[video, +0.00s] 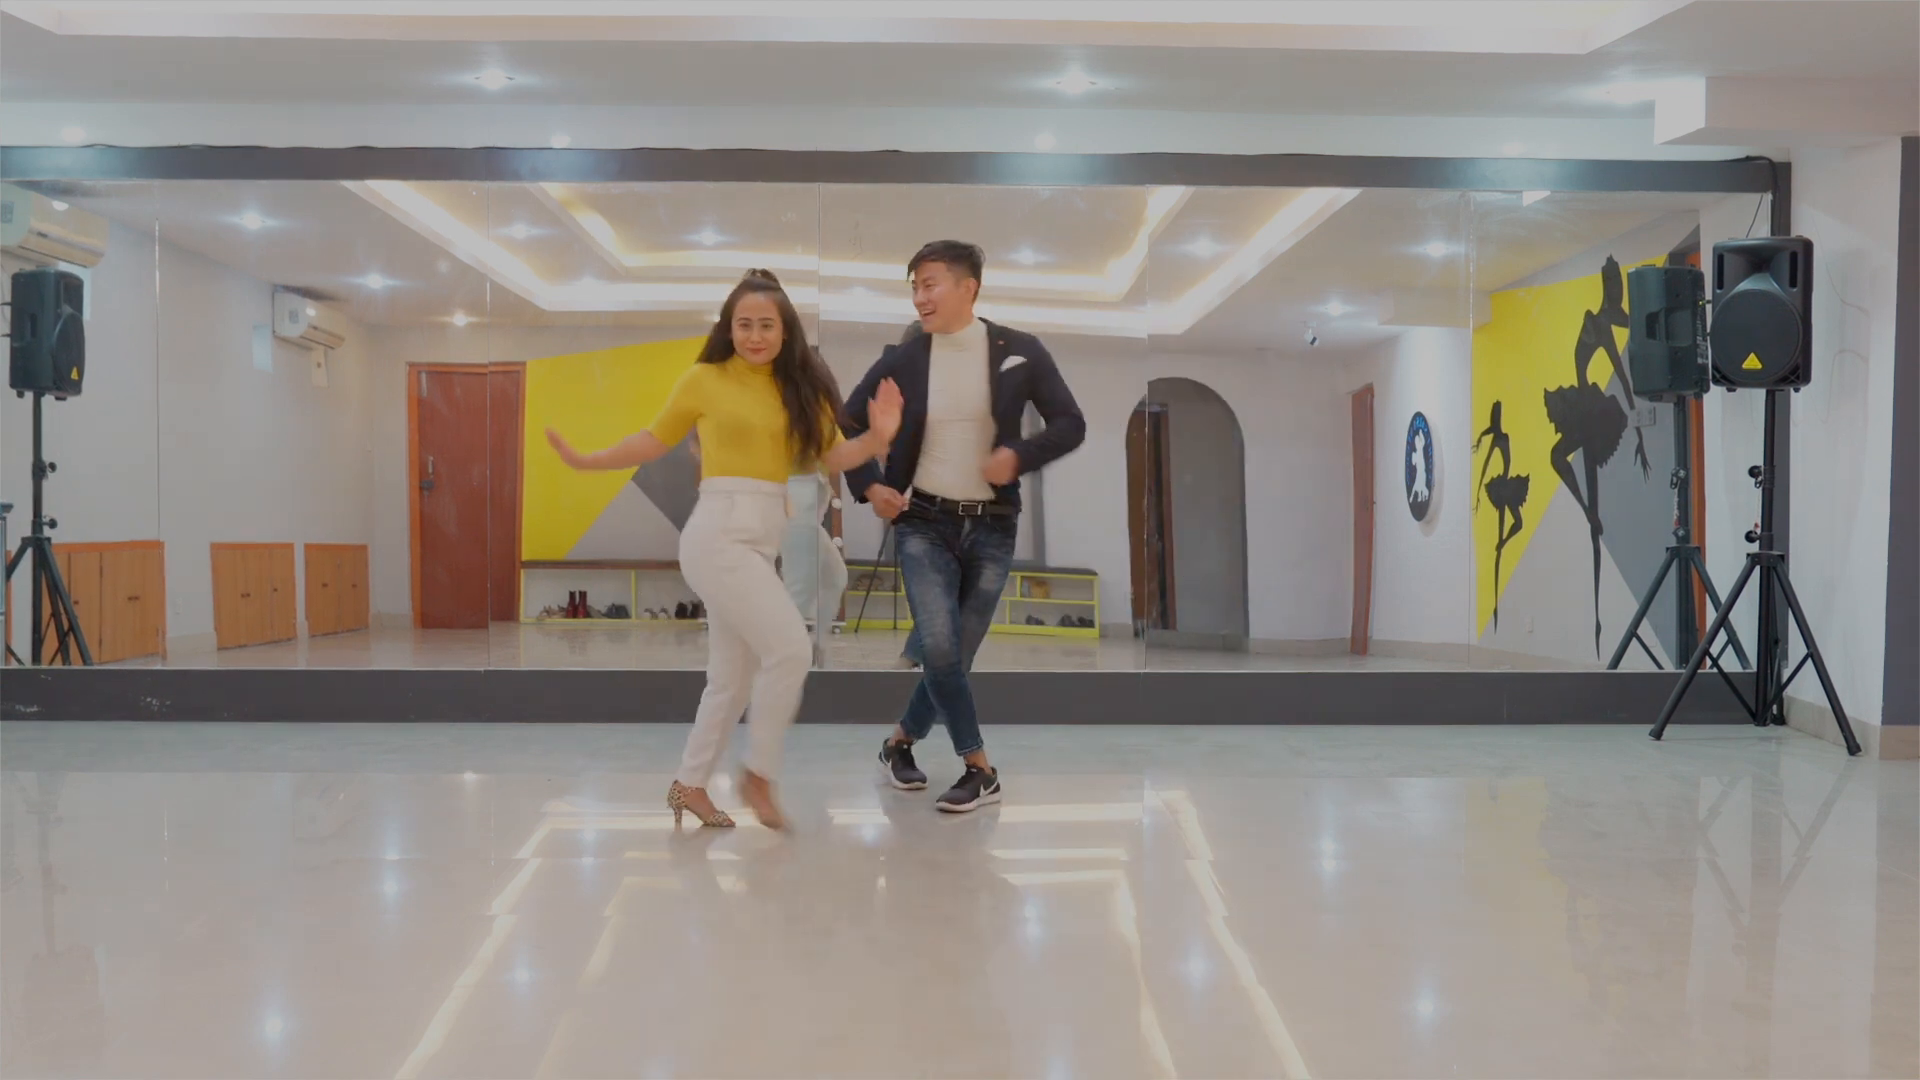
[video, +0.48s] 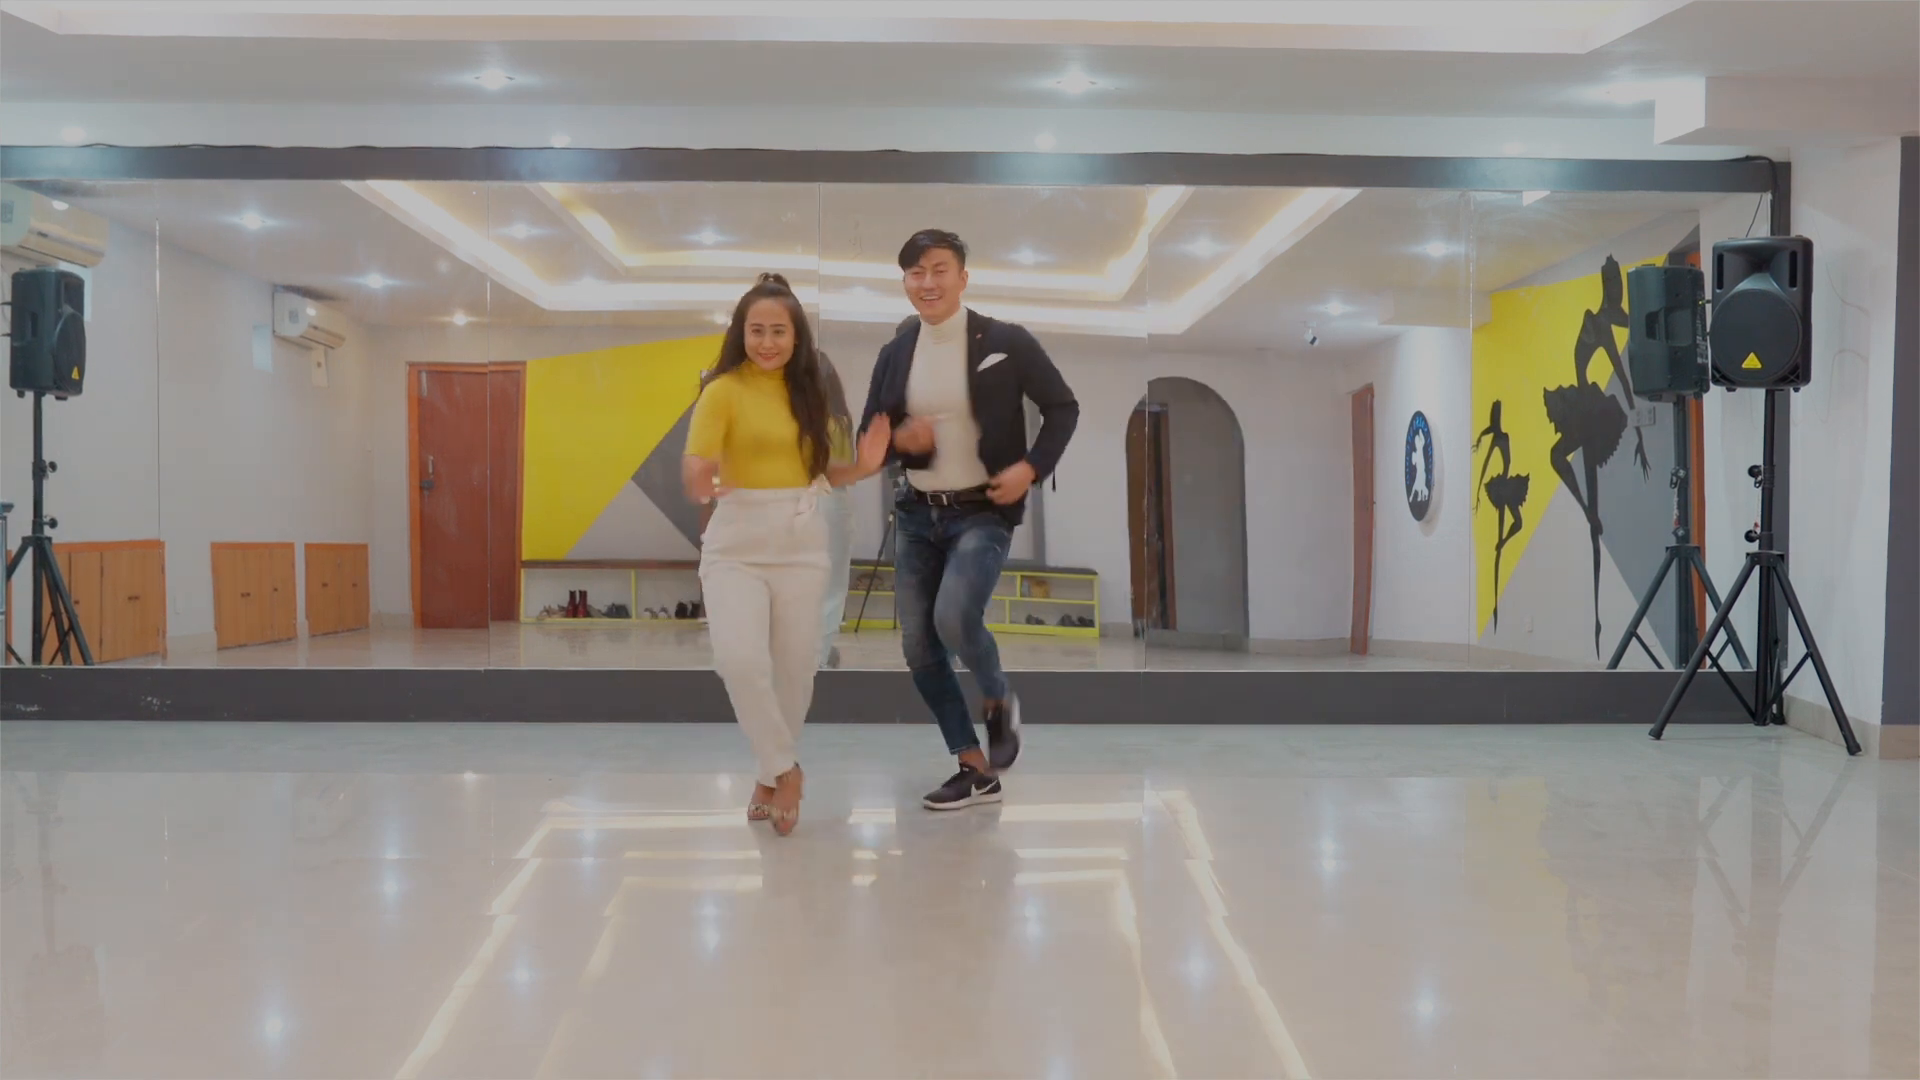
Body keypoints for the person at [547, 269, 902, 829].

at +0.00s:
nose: (756, 335)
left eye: (767, 324)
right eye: (744, 323)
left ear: (786, 330)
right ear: (728, 327)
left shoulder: (798, 392)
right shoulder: (705, 380)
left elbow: (830, 458)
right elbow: (655, 440)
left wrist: (878, 437)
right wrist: (586, 461)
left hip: (766, 542)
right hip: (717, 536)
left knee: (730, 679)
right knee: (789, 648)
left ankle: (689, 783)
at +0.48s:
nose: (767, 341)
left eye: (779, 330)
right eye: (756, 329)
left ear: (797, 335)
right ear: (741, 333)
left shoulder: (813, 392)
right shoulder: (721, 392)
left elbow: (829, 471)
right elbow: (696, 470)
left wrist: (865, 463)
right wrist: (700, 485)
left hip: (802, 546)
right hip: (734, 543)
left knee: (797, 664)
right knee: (737, 660)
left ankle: (768, 777)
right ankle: (786, 772)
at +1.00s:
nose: (770, 313)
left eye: (782, 306)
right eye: (759, 305)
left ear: (798, 320)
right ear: (741, 316)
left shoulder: (816, 383)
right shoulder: (718, 382)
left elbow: (850, 458)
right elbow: (675, 452)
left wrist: (897, 489)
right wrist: (632, 413)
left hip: (804, 529)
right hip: (739, 533)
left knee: (763, 642)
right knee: (751, 667)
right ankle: (791, 786)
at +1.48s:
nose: (747, 318)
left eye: (760, 311)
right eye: (738, 308)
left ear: (777, 329)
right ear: (721, 321)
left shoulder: (783, 390)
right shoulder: (698, 388)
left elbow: (780, 459)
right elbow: (670, 456)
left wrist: (748, 416)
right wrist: (600, 471)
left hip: (769, 542)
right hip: (703, 543)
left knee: (755, 672)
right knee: (694, 683)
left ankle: (749, 801)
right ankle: (743, 778)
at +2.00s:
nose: (746, 329)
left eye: (747, 321)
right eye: (733, 318)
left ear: (740, 334)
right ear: (695, 327)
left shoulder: (746, 398)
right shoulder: (657, 393)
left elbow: (791, 459)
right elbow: (628, 454)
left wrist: (790, 390)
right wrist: (602, 389)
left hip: (729, 552)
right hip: (659, 547)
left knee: (703, 681)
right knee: (644, 689)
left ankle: (677, 807)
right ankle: (680, 781)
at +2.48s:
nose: (746, 333)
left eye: (744, 323)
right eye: (738, 324)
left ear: (717, 327)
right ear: (707, 329)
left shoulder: (718, 385)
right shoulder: (675, 380)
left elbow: (749, 460)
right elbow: (676, 447)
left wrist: (756, 418)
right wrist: (735, 408)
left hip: (702, 558)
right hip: (689, 558)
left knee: (701, 693)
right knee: (753, 676)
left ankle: (657, 804)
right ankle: (729, 813)